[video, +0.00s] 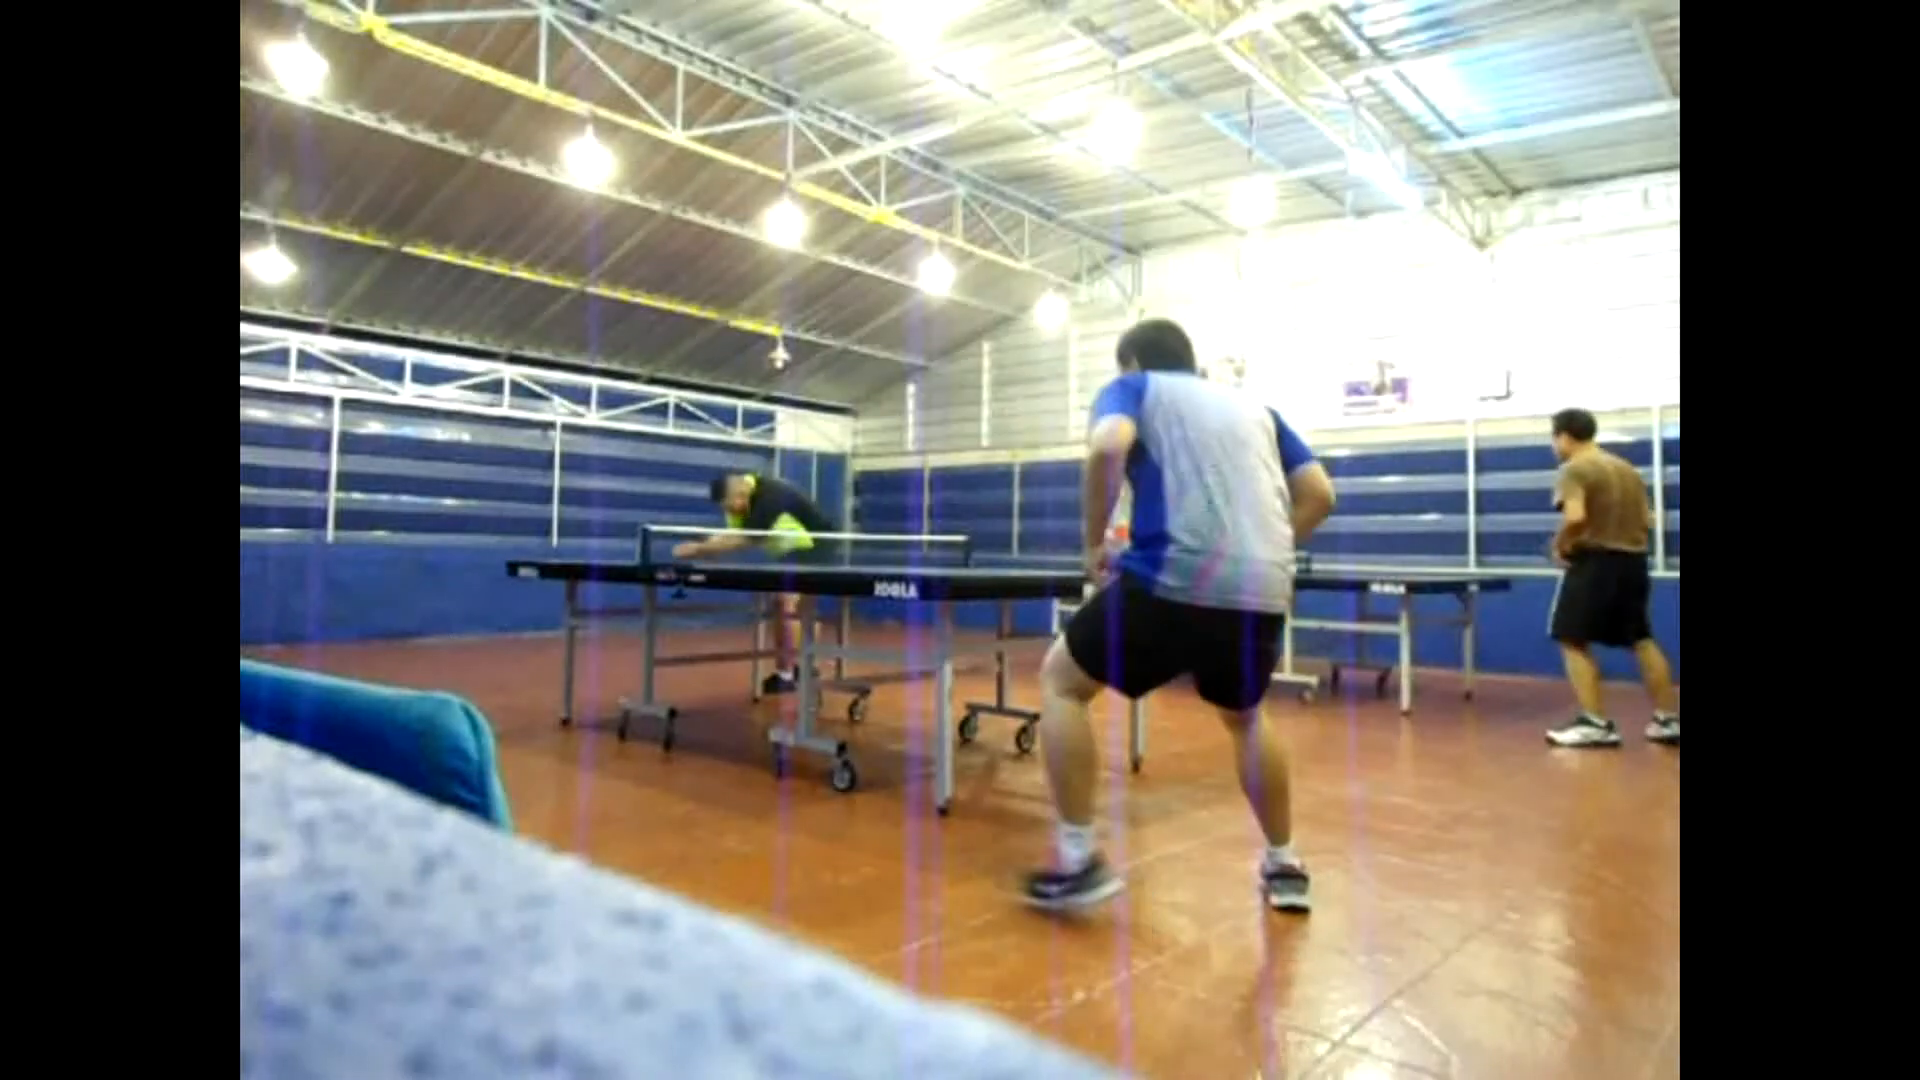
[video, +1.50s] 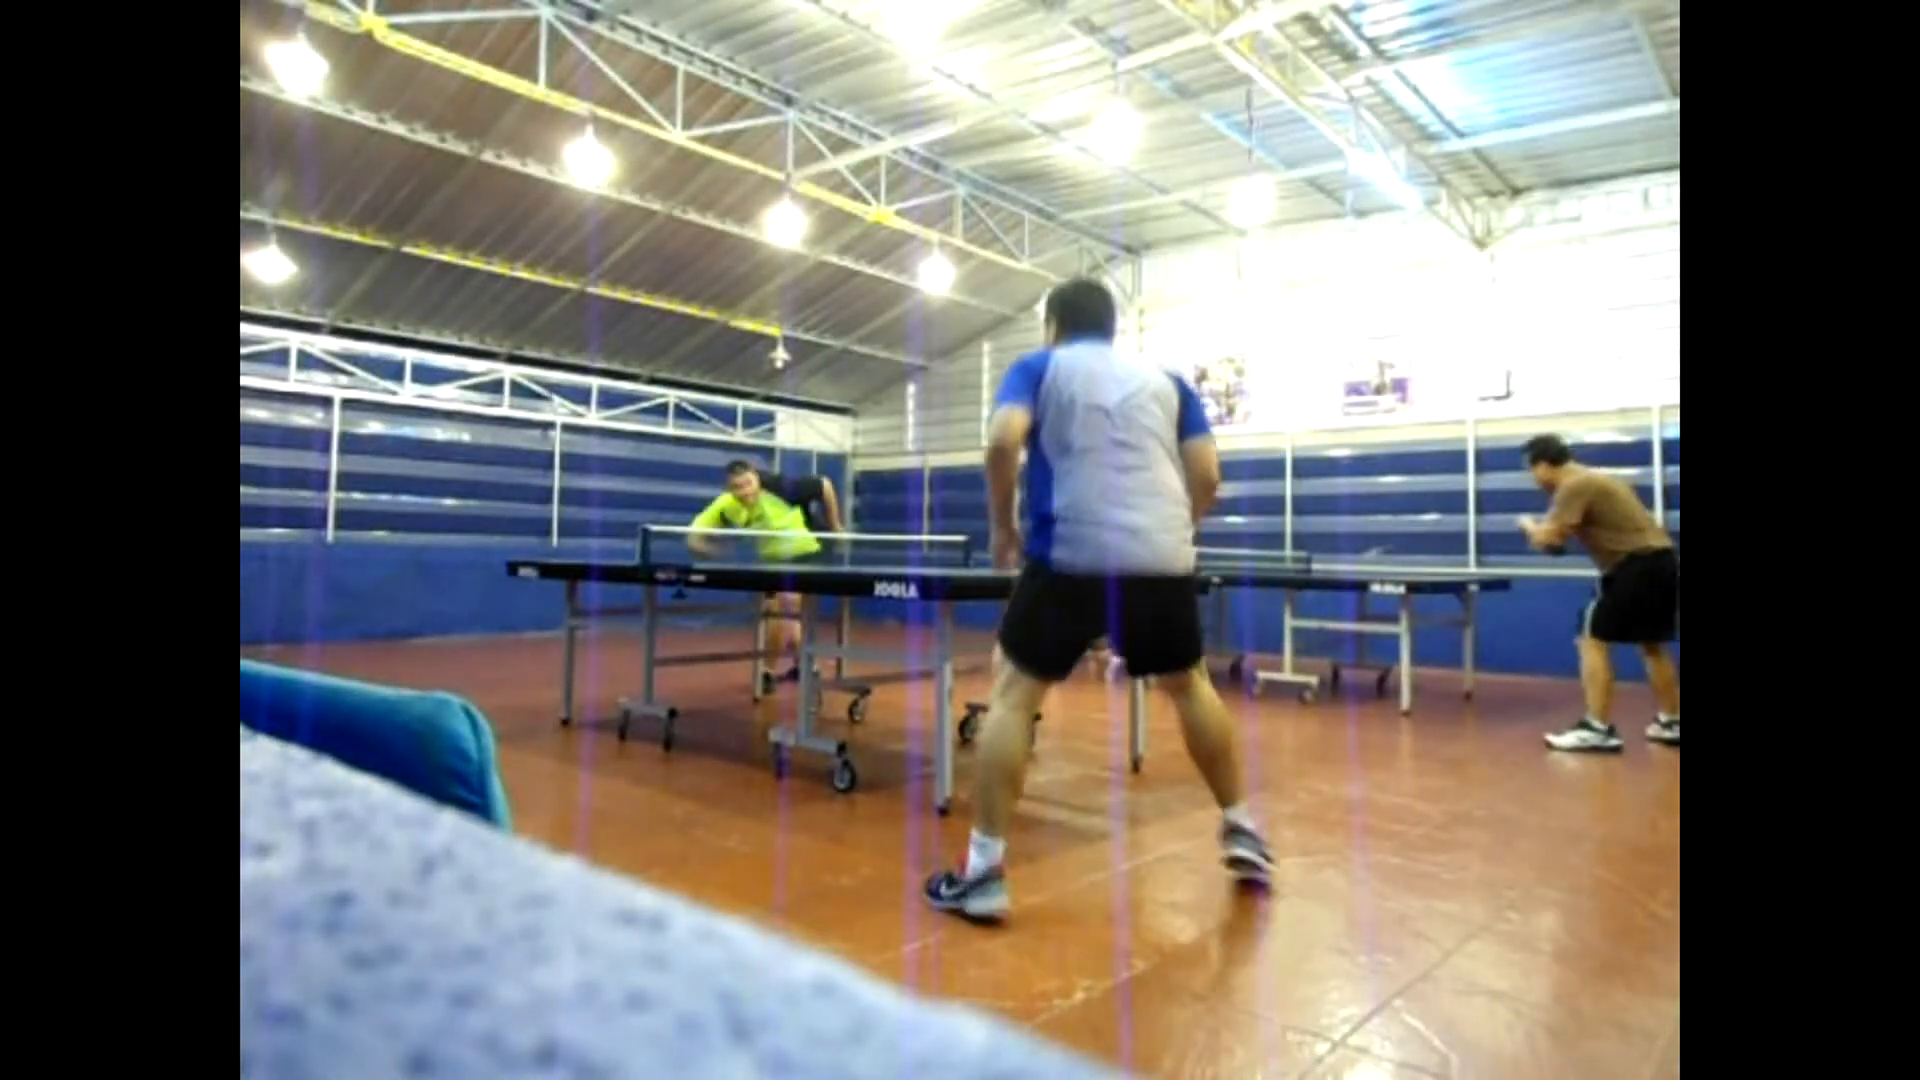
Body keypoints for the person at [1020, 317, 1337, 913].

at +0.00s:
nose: (1119, 379)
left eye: (1121, 371)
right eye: (1120, 373)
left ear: (1134, 365)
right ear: (1193, 365)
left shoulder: (1132, 387)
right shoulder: (1256, 411)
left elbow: (1110, 447)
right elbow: (1317, 494)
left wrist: (1094, 545)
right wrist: (1264, 549)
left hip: (1169, 584)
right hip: (1260, 596)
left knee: (1062, 683)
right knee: (1247, 717)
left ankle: (1077, 859)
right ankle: (1284, 862)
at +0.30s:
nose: (1089, 417)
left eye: (1090, 408)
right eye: (1093, 410)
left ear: (1100, 403)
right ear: (1161, 402)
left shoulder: (1090, 426)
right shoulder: (1226, 437)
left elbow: (1058, 485)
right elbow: (1289, 511)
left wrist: (1065, 575)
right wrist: (1250, 572)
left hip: (1140, 596)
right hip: (1235, 606)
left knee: (1040, 715)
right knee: (1237, 721)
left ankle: (979, 881)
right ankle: (1282, 866)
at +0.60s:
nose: (1059, 412)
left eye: (1060, 405)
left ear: (1068, 401)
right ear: (1129, 399)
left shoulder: (1058, 427)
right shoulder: (1194, 433)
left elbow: (1023, 496)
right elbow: (1249, 518)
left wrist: (1014, 581)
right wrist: (1213, 569)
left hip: (1111, 602)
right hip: (1209, 607)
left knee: (1014, 706)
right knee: (1230, 722)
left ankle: (977, 881)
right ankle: (1282, 865)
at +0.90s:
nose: (1082, 398)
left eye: (1083, 389)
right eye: (1083, 390)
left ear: (1096, 385)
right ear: (1151, 385)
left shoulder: (1083, 416)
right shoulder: (1217, 425)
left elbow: (1055, 494)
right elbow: (1265, 524)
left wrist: (1050, 582)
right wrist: (1207, 549)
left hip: (1133, 593)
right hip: (1230, 598)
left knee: (1036, 715)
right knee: (1240, 719)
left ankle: (978, 881)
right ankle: (1284, 865)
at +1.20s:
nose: (1079, 387)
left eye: (1081, 378)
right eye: (1083, 379)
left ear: (1090, 376)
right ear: (1148, 376)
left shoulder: (1072, 410)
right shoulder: (1207, 420)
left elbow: (1046, 485)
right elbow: (1259, 518)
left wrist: (1059, 577)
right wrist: (1204, 549)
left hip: (1120, 595)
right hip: (1213, 597)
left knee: (1025, 706)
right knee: (1235, 718)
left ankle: (987, 881)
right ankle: (1285, 867)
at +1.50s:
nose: (1044, 336)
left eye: (1045, 327)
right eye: (1048, 328)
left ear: (1053, 327)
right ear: (1114, 329)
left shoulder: (1037, 369)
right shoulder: (1169, 384)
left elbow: (1004, 439)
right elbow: (1207, 481)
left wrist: (1003, 528)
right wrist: (1167, 532)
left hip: (1070, 564)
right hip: (1164, 566)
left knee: (1014, 701)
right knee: (1190, 686)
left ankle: (982, 868)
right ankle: (1238, 822)